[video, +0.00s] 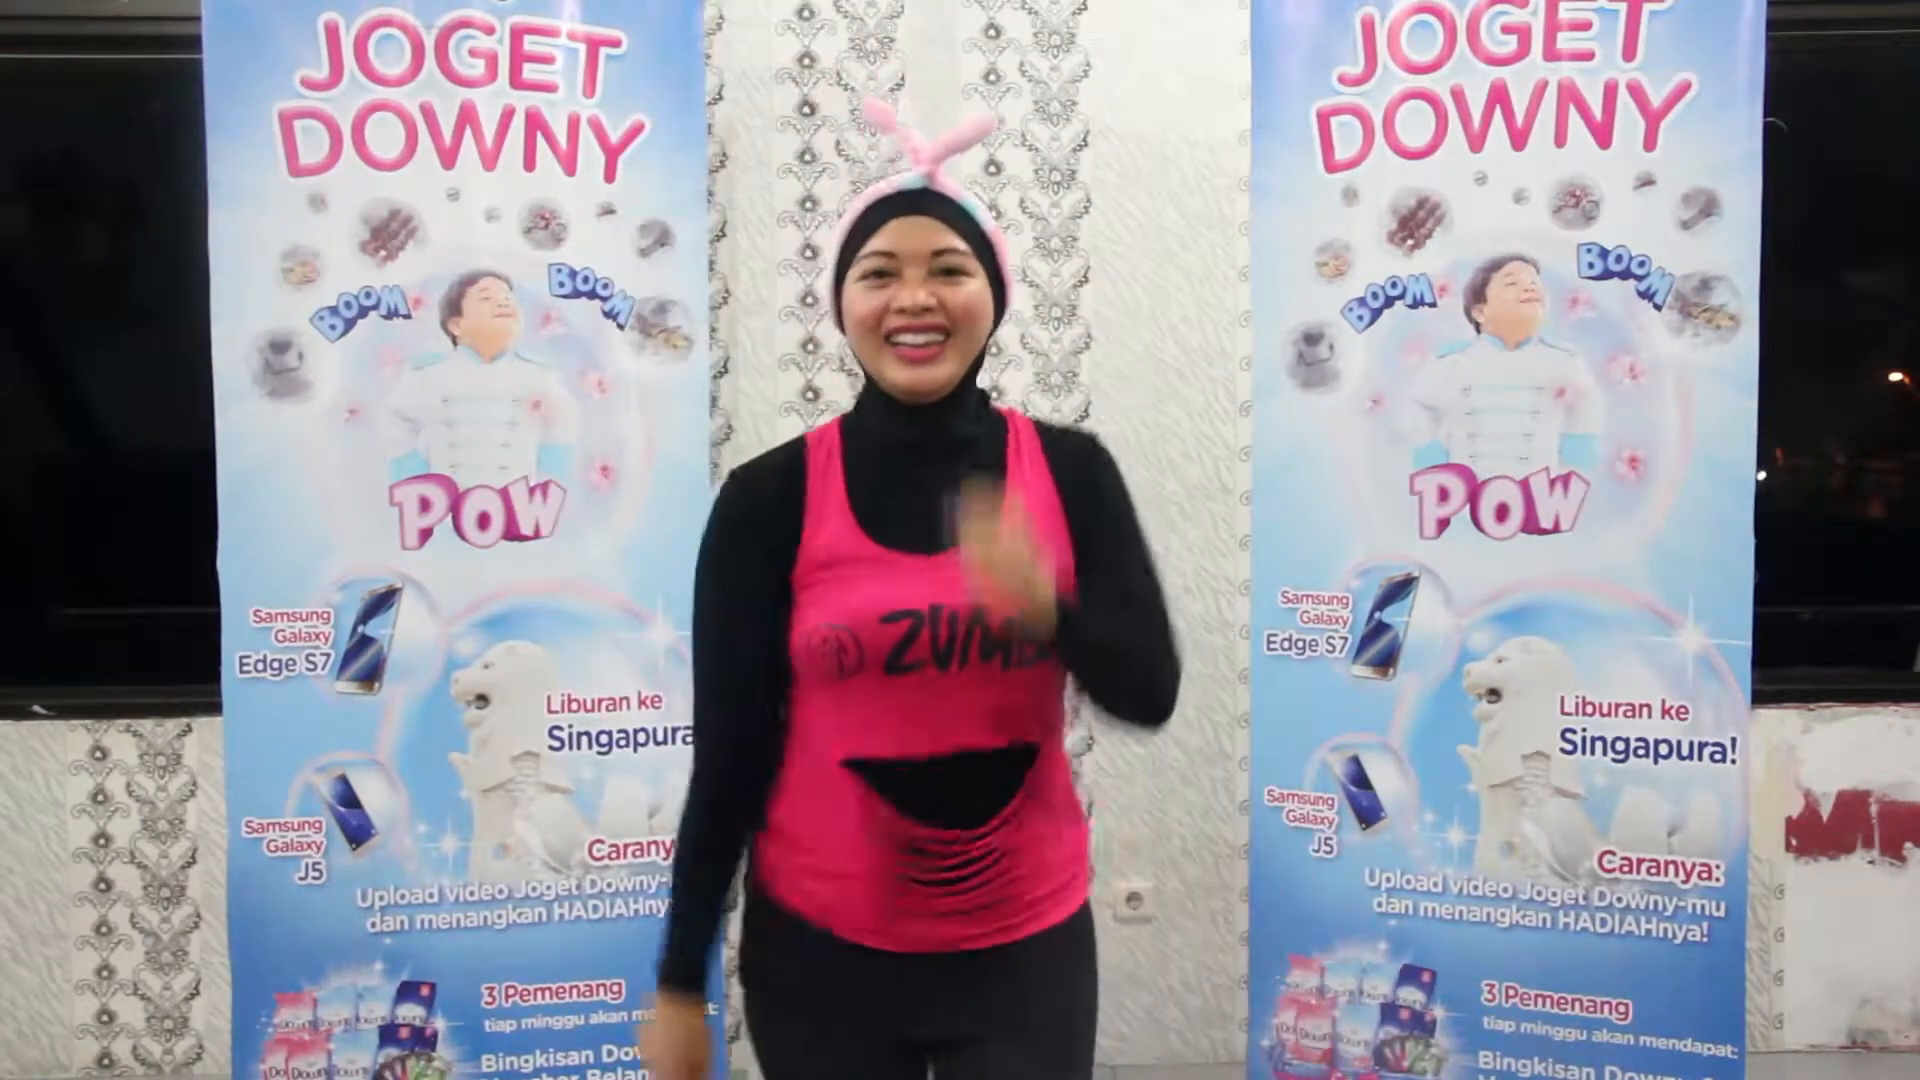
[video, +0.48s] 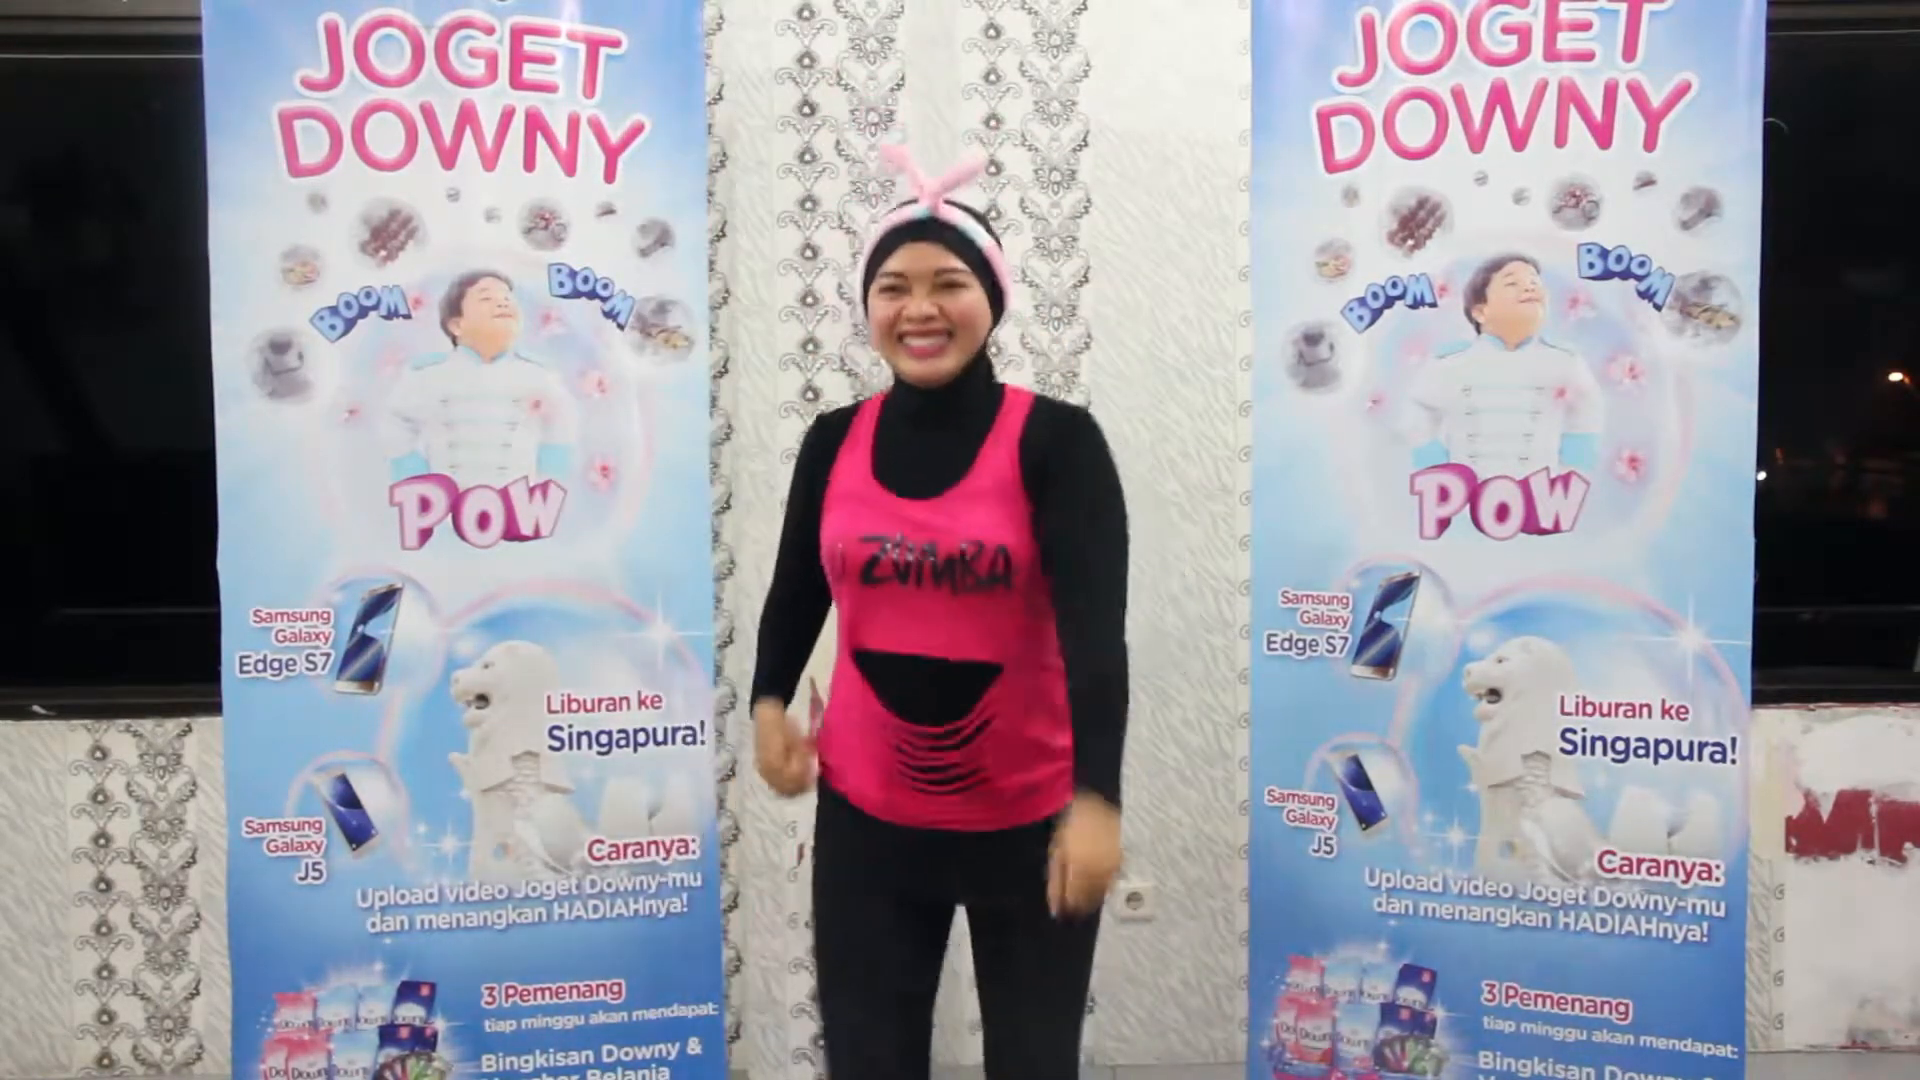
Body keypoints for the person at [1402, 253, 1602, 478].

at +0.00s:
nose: (1529, 287)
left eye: (1535, 281)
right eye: (1511, 283)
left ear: (1544, 301)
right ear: (1478, 310)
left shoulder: (1565, 365)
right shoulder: (1446, 368)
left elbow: (1582, 439)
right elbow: (1414, 424)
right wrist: (1438, 481)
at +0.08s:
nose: (1529, 287)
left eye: (1534, 281)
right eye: (1511, 283)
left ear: (1545, 299)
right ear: (1479, 311)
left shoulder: (1565, 365)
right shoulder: (1446, 368)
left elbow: (1583, 435)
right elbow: (1414, 422)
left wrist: (1564, 493)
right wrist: (1436, 478)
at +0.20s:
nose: (1529, 287)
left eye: (1534, 281)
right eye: (1511, 283)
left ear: (1545, 299)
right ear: (1479, 311)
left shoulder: (1565, 365)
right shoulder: (1445, 368)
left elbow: (1583, 435)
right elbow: (1415, 424)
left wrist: (1564, 494)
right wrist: (1438, 480)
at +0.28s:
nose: (1529, 287)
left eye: (1535, 281)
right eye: (1511, 283)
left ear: (1545, 298)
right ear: (1479, 311)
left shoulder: (1565, 365)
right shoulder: (1445, 368)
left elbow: (1583, 436)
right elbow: (1415, 424)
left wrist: (1564, 494)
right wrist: (1438, 480)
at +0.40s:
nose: (1529, 287)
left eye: (1535, 281)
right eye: (1511, 283)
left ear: (1545, 299)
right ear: (1479, 311)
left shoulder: (1565, 365)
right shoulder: (1445, 368)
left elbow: (1583, 434)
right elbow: (1415, 423)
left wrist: (1564, 492)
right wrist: (1437, 478)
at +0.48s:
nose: (1529, 287)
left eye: (1534, 281)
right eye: (1511, 283)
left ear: (1545, 299)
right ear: (1479, 311)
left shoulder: (1565, 365)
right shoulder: (1445, 368)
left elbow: (1583, 436)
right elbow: (1415, 424)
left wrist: (1564, 495)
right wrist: (1438, 481)